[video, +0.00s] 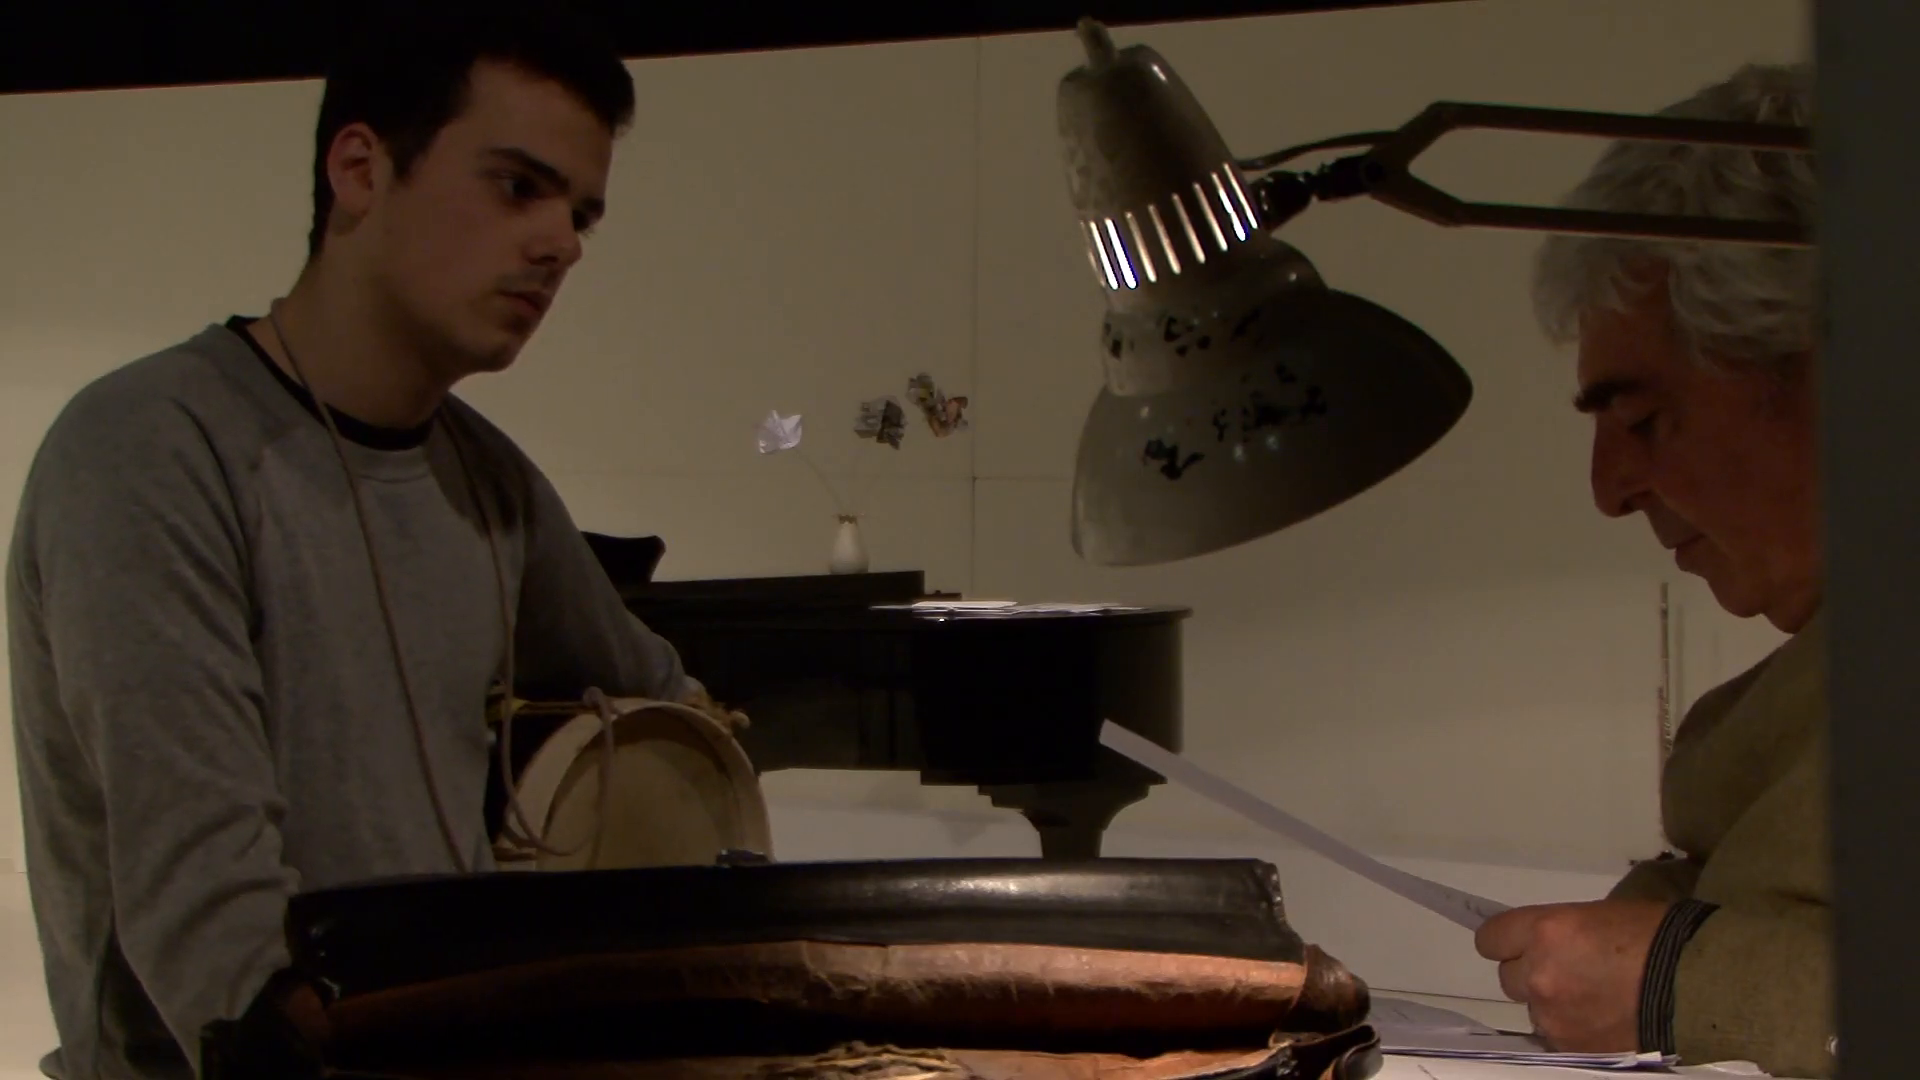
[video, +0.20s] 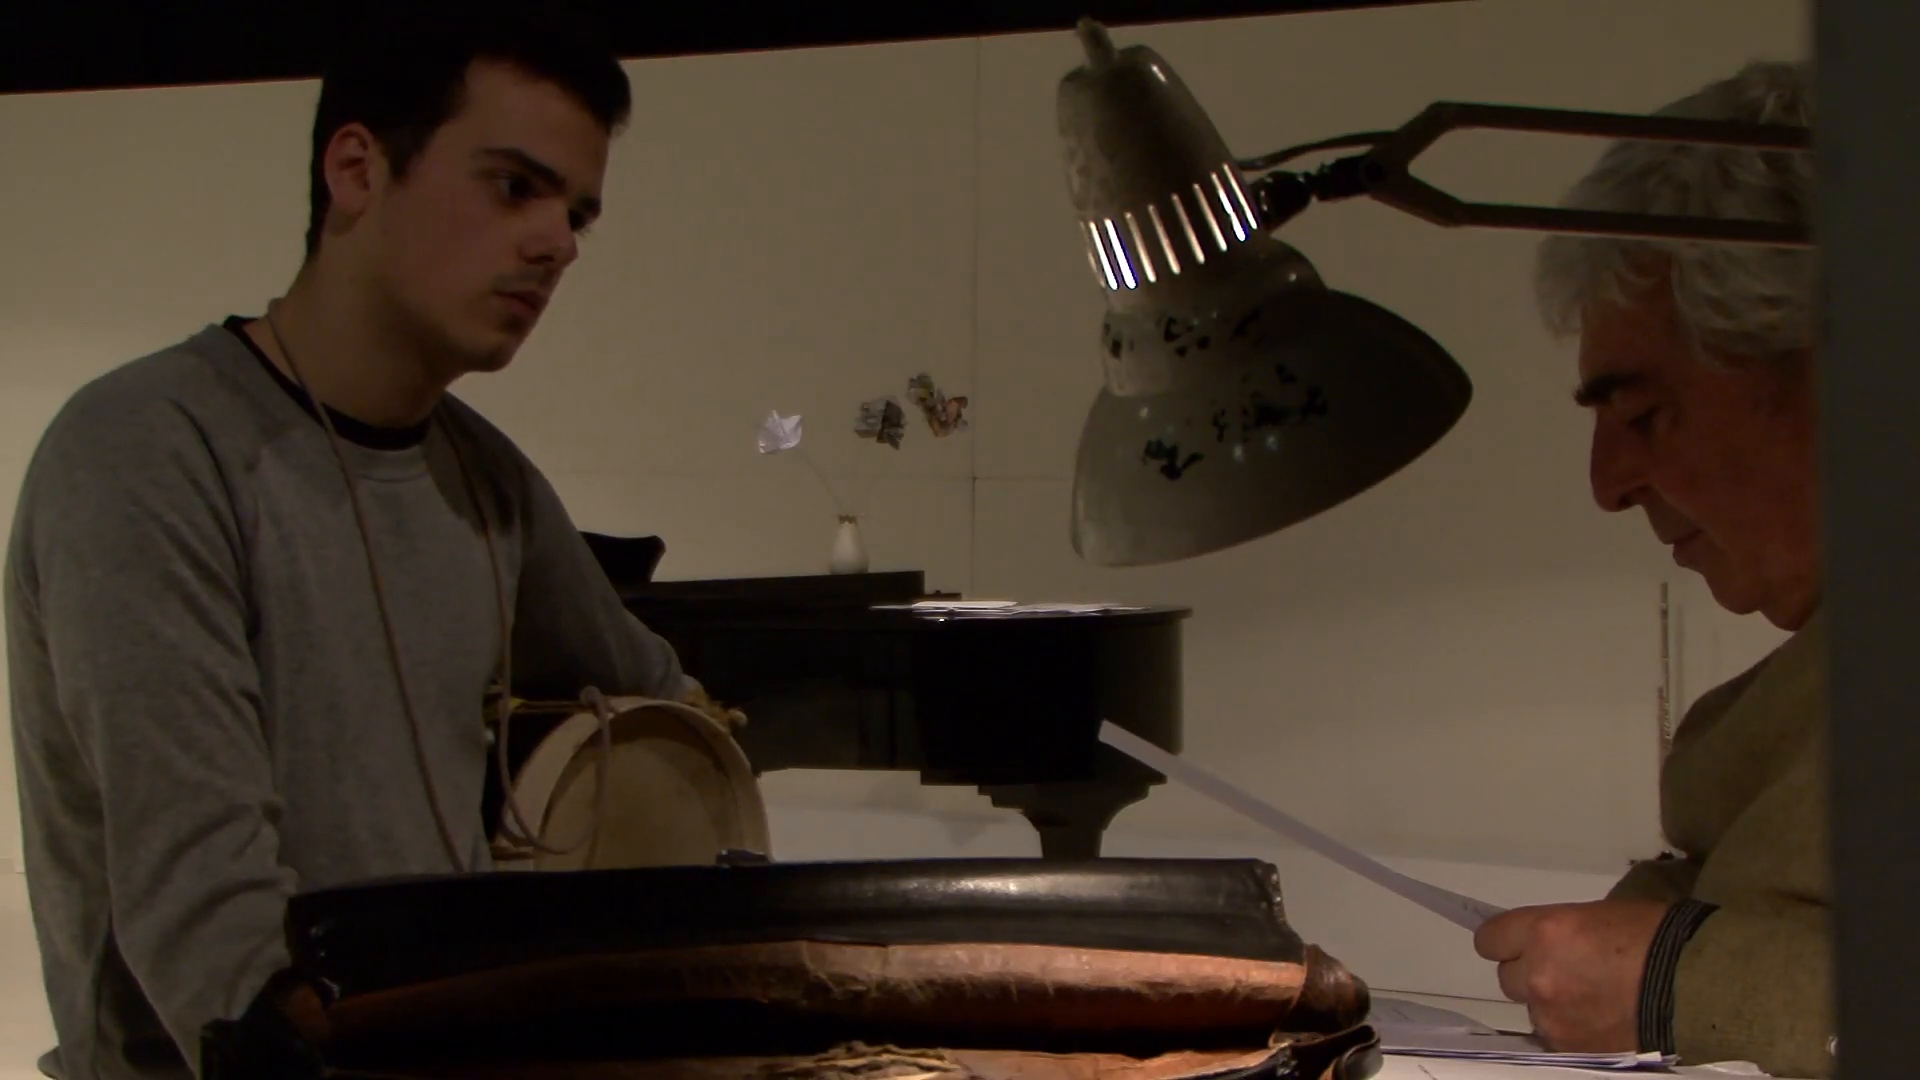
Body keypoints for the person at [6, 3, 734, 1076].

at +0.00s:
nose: (561, 246)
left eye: (581, 216)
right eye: (517, 185)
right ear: (359, 171)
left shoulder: (499, 487)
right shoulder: (138, 450)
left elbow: (666, 721)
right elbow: (205, 914)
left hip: (478, 1039)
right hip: (193, 1062)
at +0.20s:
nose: (558, 245)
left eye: (577, 215)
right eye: (512, 185)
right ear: (356, 173)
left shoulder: (495, 485)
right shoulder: (135, 449)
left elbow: (663, 721)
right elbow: (200, 900)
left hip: (472, 1039)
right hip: (187, 1062)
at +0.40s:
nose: (555, 258)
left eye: (573, 223)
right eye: (512, 197)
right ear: (353, 173)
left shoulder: (491, 479)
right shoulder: (138, 447)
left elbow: (650, 726)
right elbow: (191, 908)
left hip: (483, 1031)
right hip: (197, 1060)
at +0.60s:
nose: (523, 266)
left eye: (545, 228)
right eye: (479, 206)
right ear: (329, 186)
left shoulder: (461, 478)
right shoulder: (131, 443)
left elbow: (639, 724)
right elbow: (224, 887)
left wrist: (791, 926)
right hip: (178, 1057)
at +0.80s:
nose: (509, 272)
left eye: (529, 235)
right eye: (467, 212)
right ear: (314, 192)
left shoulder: (437, 483)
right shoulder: (129, 441)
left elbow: (616, 705)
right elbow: (277, 870)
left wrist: (762, 908)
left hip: (381, 1038)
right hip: (140, 1058)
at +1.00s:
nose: (509, 274)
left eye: (529, 241)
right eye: (468, 216)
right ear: (316, 197)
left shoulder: (425, 483)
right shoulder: (140, 434)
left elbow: (598, 706)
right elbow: (300, 853)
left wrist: (750, 910)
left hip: (351, 1035)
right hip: (132, 1056)